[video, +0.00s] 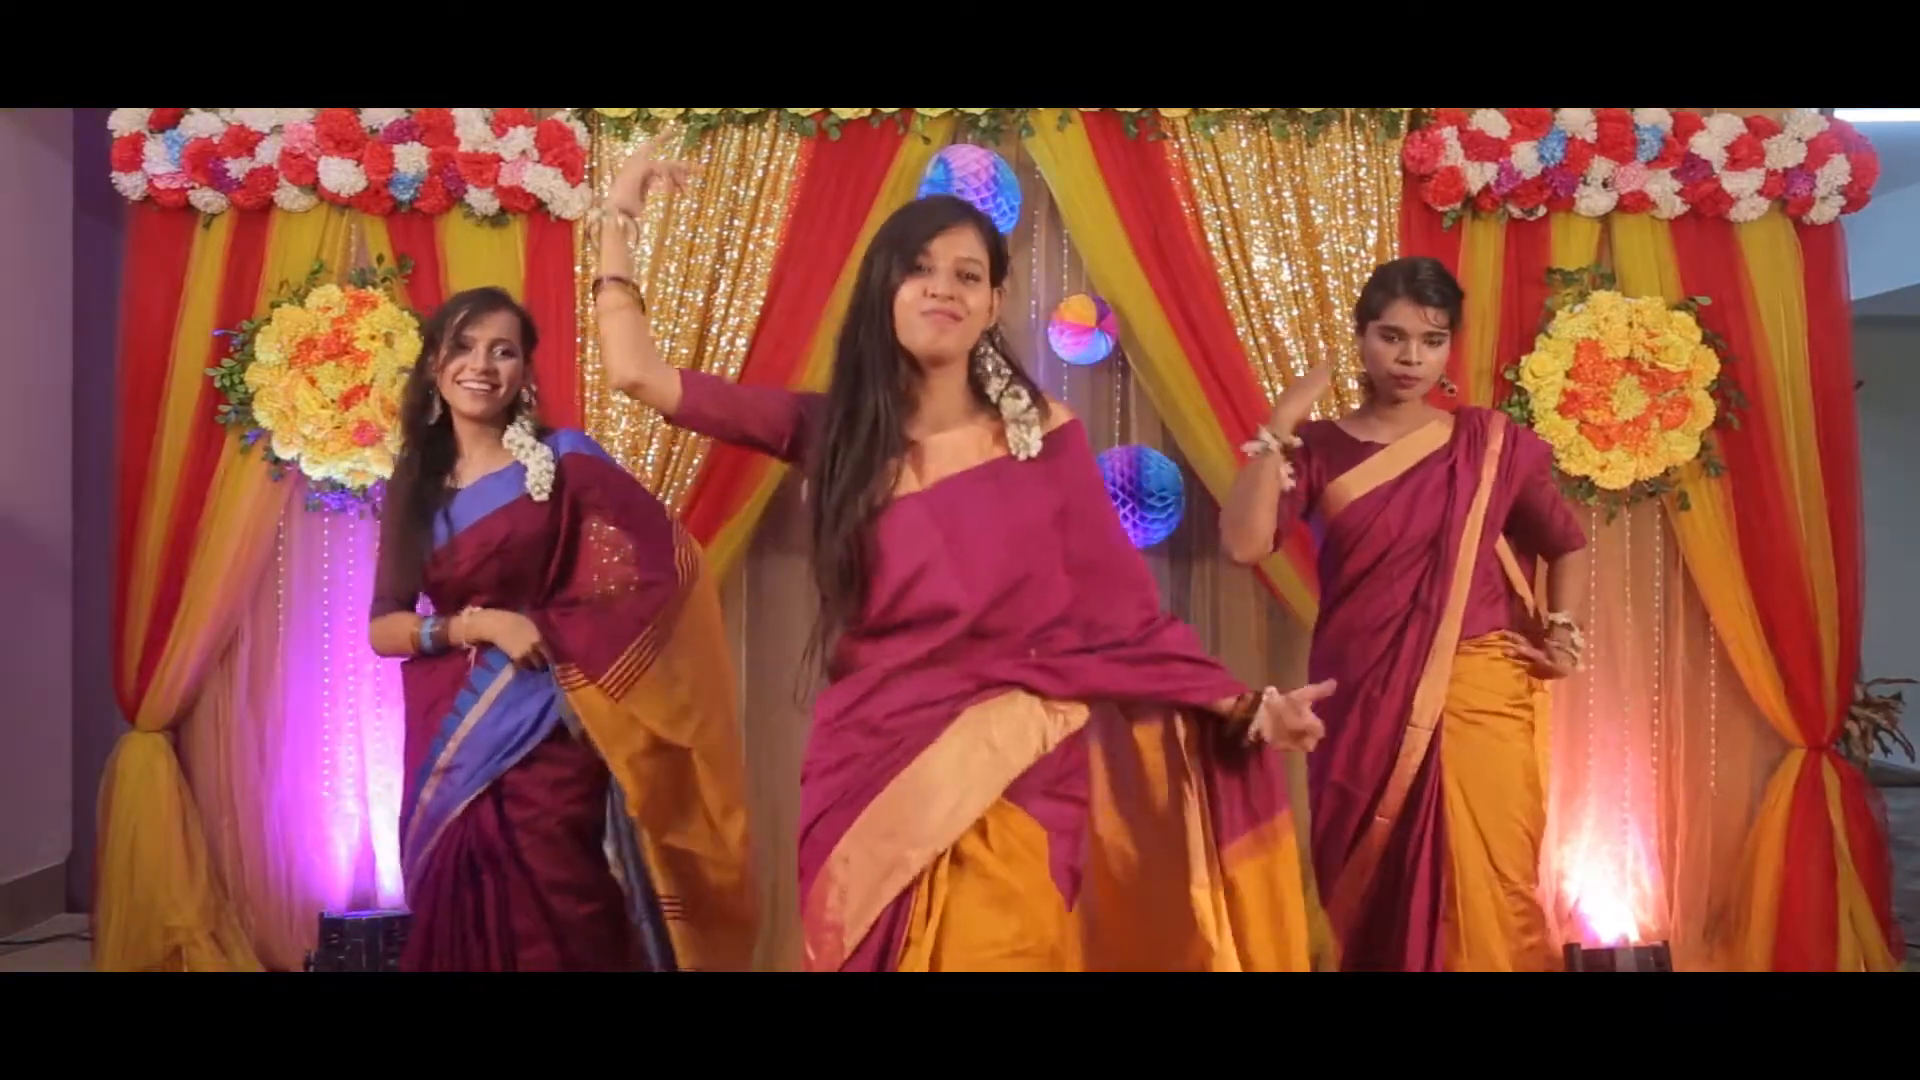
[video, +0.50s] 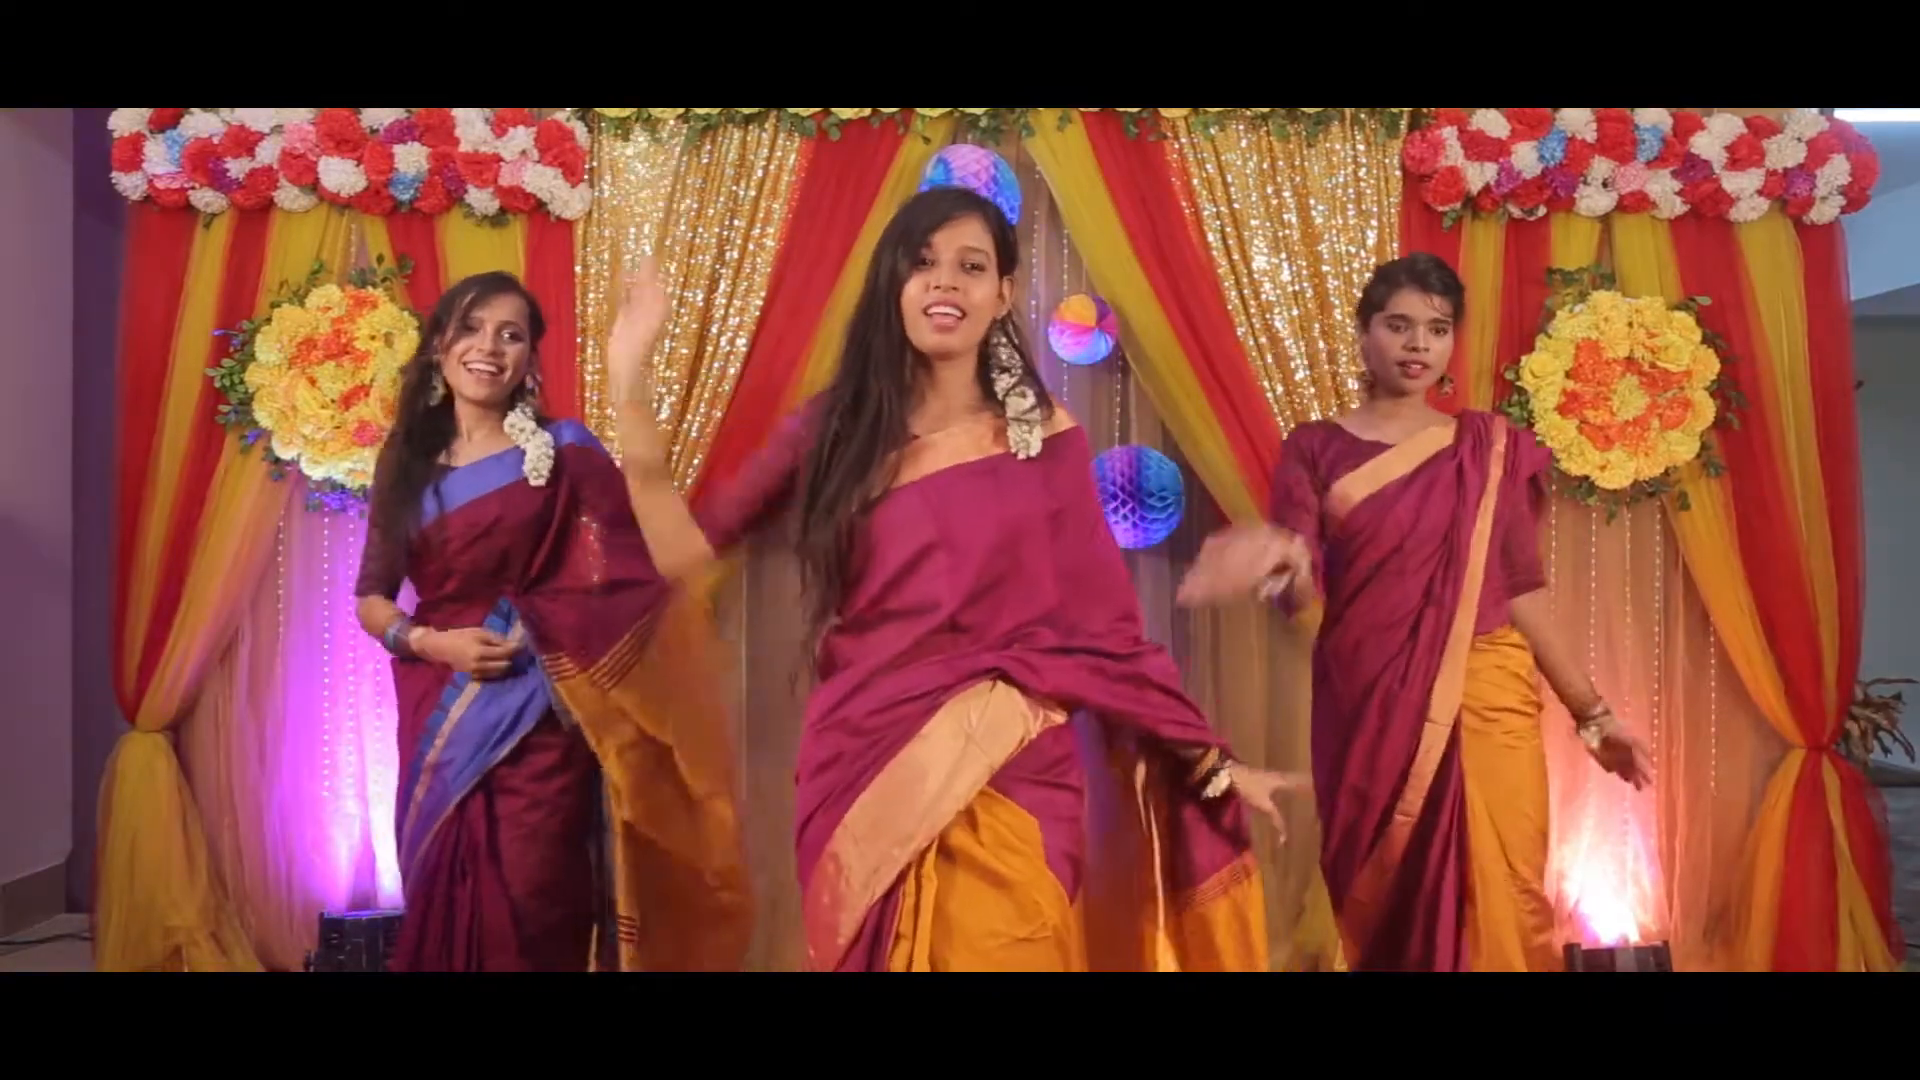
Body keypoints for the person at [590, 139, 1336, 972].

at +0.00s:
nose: (944, 291)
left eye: (970, 277)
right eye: (921, 271)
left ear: (995, 305)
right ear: (880, 291)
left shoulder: (1048, 437)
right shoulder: (844, 431)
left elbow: (1128, 621)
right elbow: (638, 375)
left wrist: (1248, 707)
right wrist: (617, 220)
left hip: (1022, 759)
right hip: (875, 757)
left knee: (1005, 949)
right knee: (868, 953)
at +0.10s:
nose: (945, 276)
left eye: (972, 261)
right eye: (922, 255)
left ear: (999, 290)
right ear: (883, 276)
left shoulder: (1037, 425)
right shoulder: (841, 417)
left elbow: (1105, 606)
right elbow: (633, 340)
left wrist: (1241, 694)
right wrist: (620, 190)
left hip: (1034, 742)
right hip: (883, 748)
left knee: (1017, 946)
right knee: (890, 952)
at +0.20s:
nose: (944, 280)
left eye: (970, 267)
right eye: (924, 259)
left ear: (998, 297)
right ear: (884, 277)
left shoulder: (1033, 430)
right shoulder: (834, 416)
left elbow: (1110, 612)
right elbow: (630, 344)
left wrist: (1238, 743)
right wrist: (649, 194)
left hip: (1030, 748)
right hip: (879, 755)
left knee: (1025, 947)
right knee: (893, 953)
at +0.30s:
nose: (943, 288)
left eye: (969, 273)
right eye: (922, 267)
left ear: (996, 302)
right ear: (885, 288)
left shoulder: (1040, 440)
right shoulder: (839, 424)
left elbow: (1114, 629)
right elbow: (631, 382)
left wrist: (1228, 739)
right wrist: (674, 223)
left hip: (1027, 765)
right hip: (875, 768)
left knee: (1018, 953)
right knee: (883, 959)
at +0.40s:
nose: (946, 281)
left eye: (972, 265)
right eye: (924, 260)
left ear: (1004, 295)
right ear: (888, 286)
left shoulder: (1044, 433)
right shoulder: (841, 421)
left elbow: (1107, 622)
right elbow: (633, 451)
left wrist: (1225, 752)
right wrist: (652, 275)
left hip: (1025, 754)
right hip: (875, 755)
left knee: (1019, 948)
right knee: (883, 955)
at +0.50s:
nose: (944, 285)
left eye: (972, 267)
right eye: (922, 264)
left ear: (1004, 296)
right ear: (892, 285)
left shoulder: (1044, 433)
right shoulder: (840, 427)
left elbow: (1109, 626)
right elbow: (678, 548)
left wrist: (1211, 763)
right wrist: (627, 385)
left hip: (1024, 757)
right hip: (871, 757)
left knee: (1007, 953)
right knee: (875, 956)